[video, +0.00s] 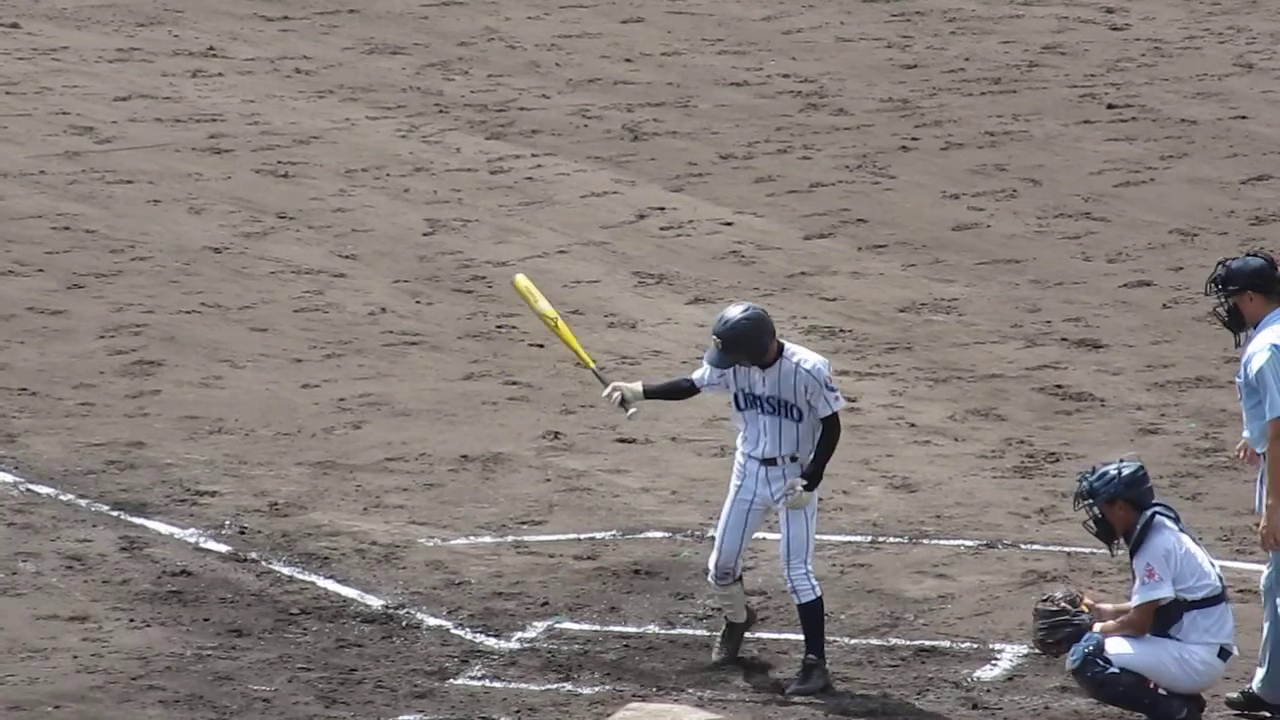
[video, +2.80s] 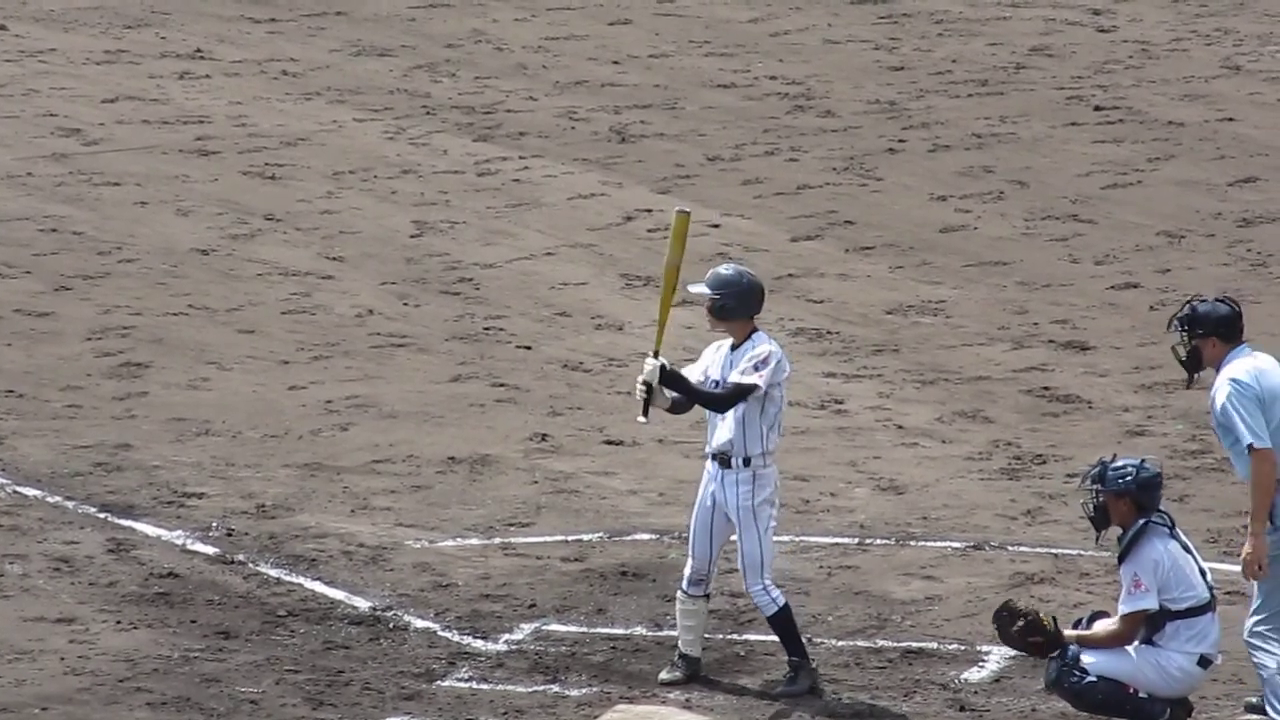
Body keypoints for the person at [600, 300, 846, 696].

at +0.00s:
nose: (735, 365)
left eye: (739, 358)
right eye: (732, 358)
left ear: (761, 347)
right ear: (732, 348)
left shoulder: (809, 370)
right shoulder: (734, 364)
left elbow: (832, 427)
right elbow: (690, 384)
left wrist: (809, 480)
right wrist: (637, 390)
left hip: (795, 479)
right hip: (748, 476)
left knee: (798, 573)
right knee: (722, 567)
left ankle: (815, 665)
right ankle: (737, 621)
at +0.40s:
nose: (717, 321)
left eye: (724, 316)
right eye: (718, 315)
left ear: (747, 320)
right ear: (731, 317)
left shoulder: (797, 362)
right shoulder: (715, 356)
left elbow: (819, 415)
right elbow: (679, 400)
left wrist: (814, 469)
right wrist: (640, 435)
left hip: (775, 475)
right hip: (726, 473)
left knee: (789, 571)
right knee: (706, 565)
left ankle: (811, 665)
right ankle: (696, 657)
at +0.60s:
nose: (714, 310)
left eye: (721, 305)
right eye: (714, 303)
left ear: (742, 310)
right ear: (732, 308)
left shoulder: (792, 355)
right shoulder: (709, 353)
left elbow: (805, 414)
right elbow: (701, 417)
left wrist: (791, 466)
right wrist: (692, 474)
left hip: (769, 471)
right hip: (719, 469)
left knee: (791, 568)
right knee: (704, 565)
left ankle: (812, 665)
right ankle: (697, 657)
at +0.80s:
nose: (711, 305)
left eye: (719, 300)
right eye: (713, 298)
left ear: (742, 306)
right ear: (730, 304)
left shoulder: (790, 353)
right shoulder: (707, 353)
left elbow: (794, 415)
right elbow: (719, 413)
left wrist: (783, 467)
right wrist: (743, 456)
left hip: (770, 470)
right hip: (722, 468)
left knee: (791, 567)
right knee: (704, 563)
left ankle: (812, 665)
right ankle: (697, 658)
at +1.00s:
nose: (713, 303)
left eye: (722, 297)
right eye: (713, 295)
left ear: (746, 302)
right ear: (722, 299)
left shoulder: (789, 349)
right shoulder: (706, 350)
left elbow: (796, 412)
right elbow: (715, 404)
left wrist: (778, 413)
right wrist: (742, 414)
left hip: (766, 471)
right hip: (719, 469)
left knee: (790, 567)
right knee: (704, 566)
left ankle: (812, 666)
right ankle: (696, 659)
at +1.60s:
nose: (740, 294)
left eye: (749, 287)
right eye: (735, 287)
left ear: (766, 294)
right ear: (727, 293)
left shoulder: (787, 339)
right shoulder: (710, 342)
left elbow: (786, 376)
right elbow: (697, 383)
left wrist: (733, 364)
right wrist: (710, 383)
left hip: (763, 467)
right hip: (716, 466)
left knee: (791, 567)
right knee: (703, 564)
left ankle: (812, 663)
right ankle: (698, 655)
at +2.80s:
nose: (706, 308)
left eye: (712, 302)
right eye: (707, 301)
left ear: (733, 307)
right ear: (737, 308)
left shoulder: (767, 353)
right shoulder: (716, 351)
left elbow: (722, 400)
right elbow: (681, 402)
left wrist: (670, 376)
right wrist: (656, 395)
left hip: (752, 477)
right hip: (714, 474)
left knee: (758, 583)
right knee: (696, 570)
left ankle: (802, 668)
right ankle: (687, 659)